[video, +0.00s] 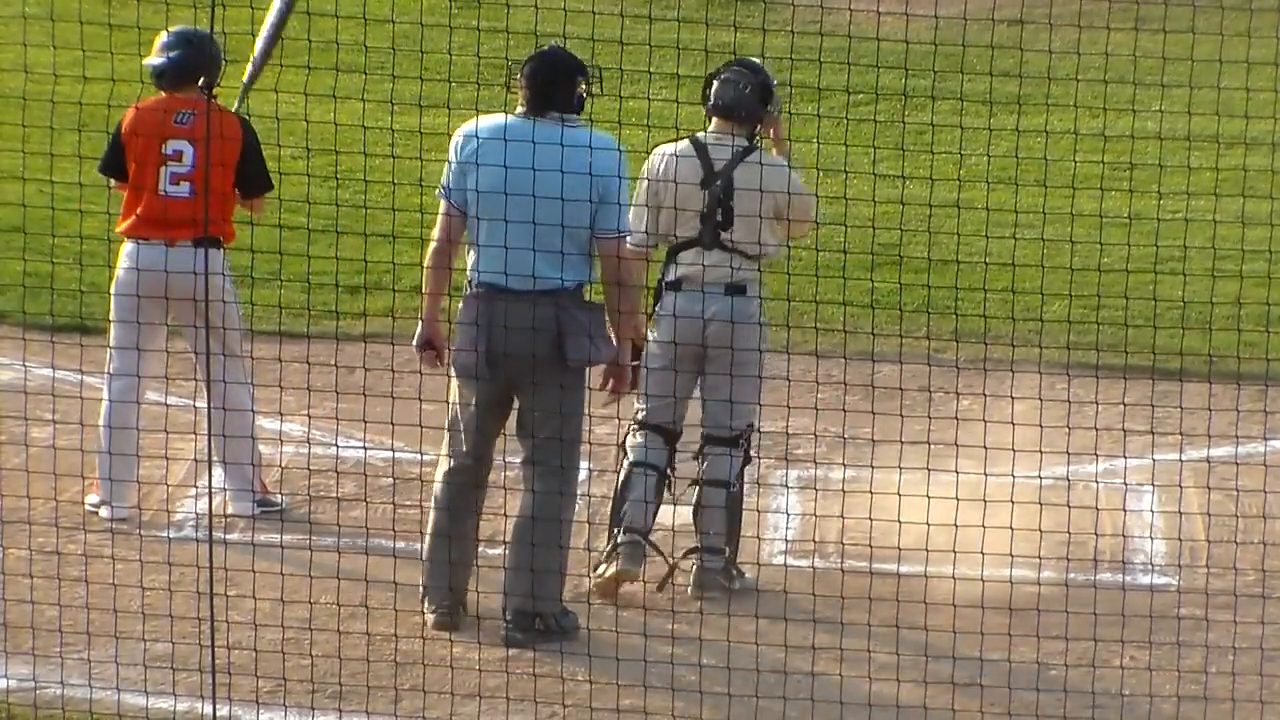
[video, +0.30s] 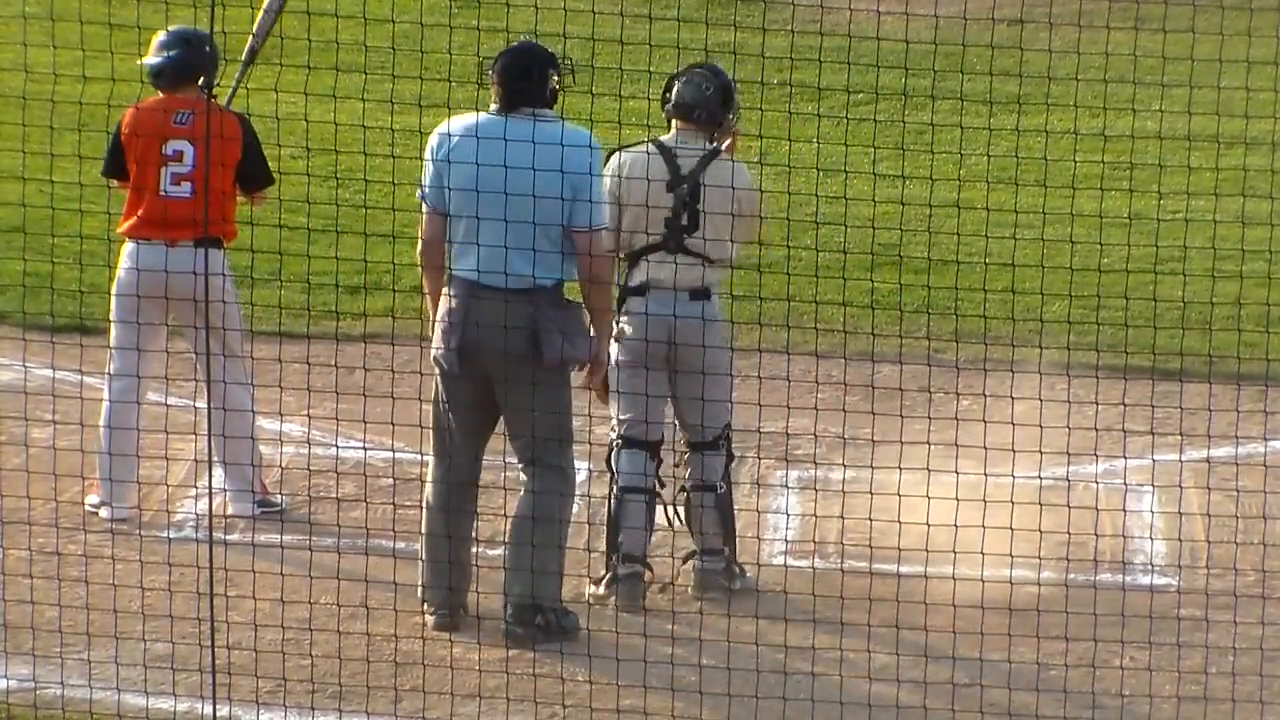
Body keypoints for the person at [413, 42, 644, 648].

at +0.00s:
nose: (583, 101)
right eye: (583, 94)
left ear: (521, 92)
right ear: (578, 97)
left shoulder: (475, 138)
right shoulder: (602, 152)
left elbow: (443, 241)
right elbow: (616, 260)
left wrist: (431, 318)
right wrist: (626, 345)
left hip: (484, 320)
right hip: (561, 328)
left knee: (463, 458)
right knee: (552, 467)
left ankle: (443, 597)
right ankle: (531, 611)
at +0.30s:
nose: (556, 94)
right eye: (556, 87)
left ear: (493, 88)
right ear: (551, 90)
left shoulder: (451, 136)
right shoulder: (578, 146)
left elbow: (430, 244)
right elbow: (592, 259)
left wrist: (441, 311)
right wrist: (601, 340)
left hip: (463, 317)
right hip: (539, 322)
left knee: (453, 463)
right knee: (549, 467)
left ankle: (443, 601)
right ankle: (532, 606)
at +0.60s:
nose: (543, 91)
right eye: (543, 84)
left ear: (484, 87)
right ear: (541, 88)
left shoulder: (442, 137)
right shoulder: (570, 142)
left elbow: (414, 243)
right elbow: (584, 256)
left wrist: (439, 292)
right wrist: (588, 337)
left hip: (461, 318)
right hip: (537, 321)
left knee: (452, 461)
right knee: (556, 463)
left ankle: (444, 600)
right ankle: (532, 599)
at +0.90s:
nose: (571, 96)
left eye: (567, 88)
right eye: (569, 89)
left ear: (508, 92)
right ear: (562, 93)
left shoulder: (463, 142)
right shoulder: (592, 151)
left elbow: (438, 251)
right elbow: (607, 263)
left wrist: (434, 327)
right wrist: (605, 341)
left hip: (480, 318)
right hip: (558, 322)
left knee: (460, 443)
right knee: (548, 462)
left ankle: (442, 585)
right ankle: (529, 608)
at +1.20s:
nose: (577, 97)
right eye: (577, 89)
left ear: (517, 89)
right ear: (572, 94)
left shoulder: (472, 139)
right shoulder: (597, 151)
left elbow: (439, 246)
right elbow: (607, 261)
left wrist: (430, 324)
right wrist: (618, 341)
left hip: (484, 318)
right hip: (559, 322)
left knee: (463, 453)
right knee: (547, 463)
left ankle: (441, 593)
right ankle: (529, 607)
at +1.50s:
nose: (576, 102)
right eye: (578, 93)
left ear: (521, 95)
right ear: (575, 98)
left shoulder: (476, 142)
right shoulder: (599, 155)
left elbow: (446, 248)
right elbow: (608, 263)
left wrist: (449, 310)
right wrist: (615, 341)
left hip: (486, 319)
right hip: (562, 325)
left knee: (463, 456)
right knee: (549, 464)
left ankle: (442, 595)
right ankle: (529, 609)